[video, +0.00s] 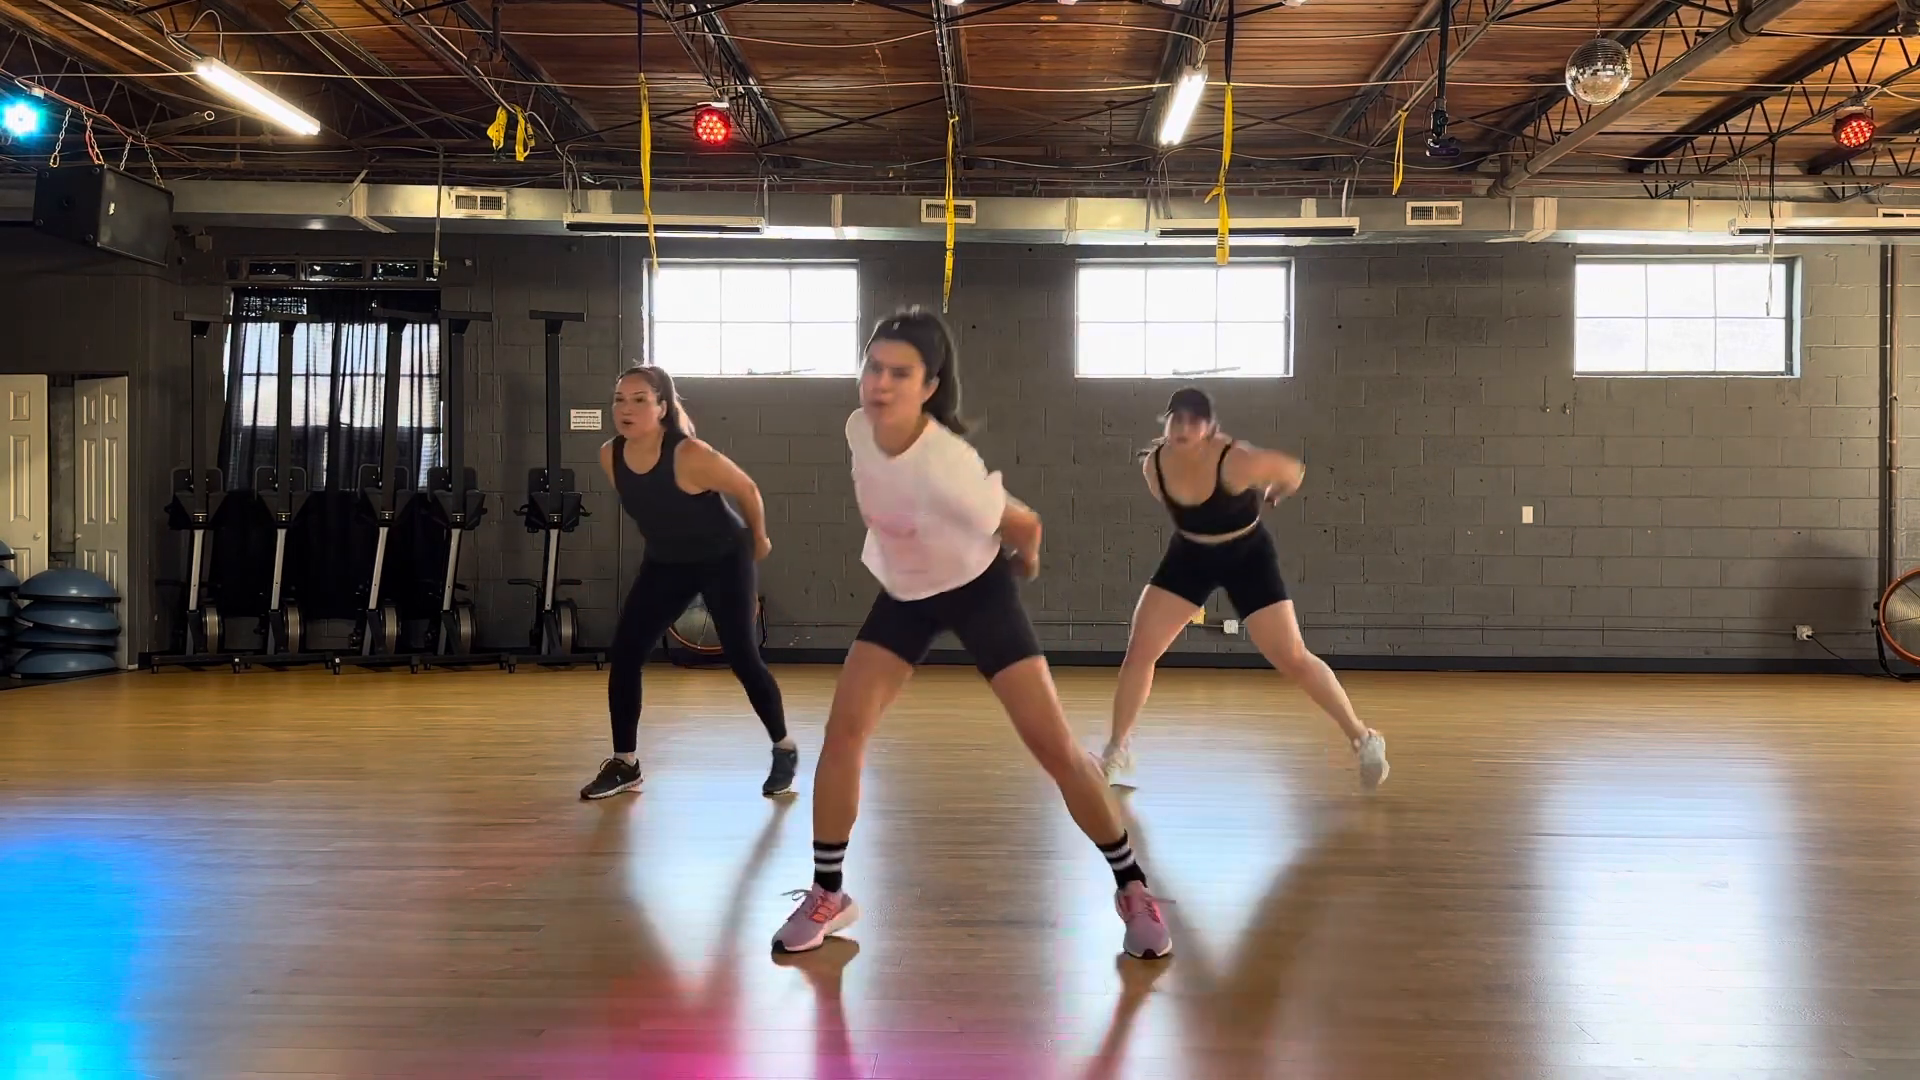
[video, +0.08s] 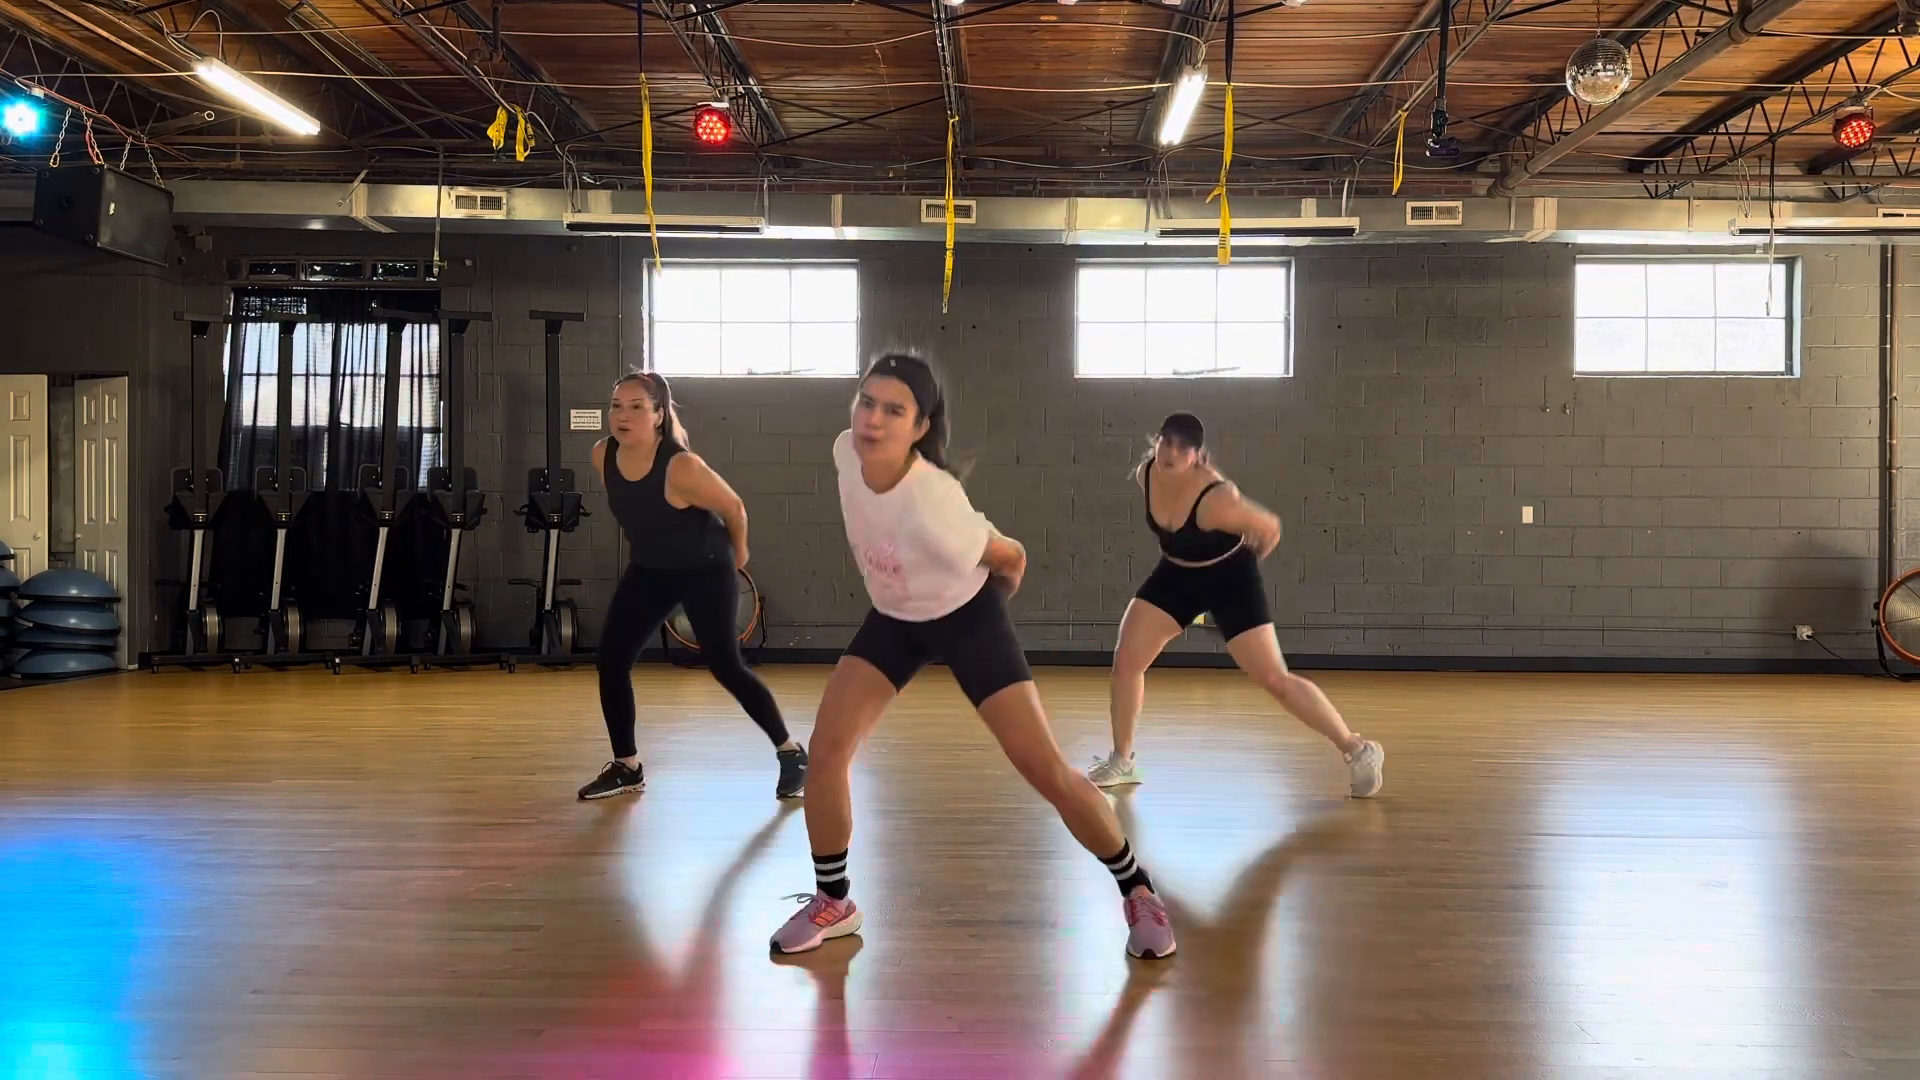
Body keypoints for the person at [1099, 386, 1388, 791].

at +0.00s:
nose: (1179, 432)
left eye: (1190, 426)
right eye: (1175, 423)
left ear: (1209, 428)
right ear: (1166, 421)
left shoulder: (1236, 462)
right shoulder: (1153, 464)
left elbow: (1293, 471)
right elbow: (1172, 502)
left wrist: (1277, 493)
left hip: (1246, 555)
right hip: (1189, 555)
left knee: (1292, 658)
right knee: (1140, 651)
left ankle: (1362, 737)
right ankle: (1116, 750)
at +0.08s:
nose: (1169, 454)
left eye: (1179, 448)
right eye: (1165, 443)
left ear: (1197, 455)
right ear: (1156, 441)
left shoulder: (1216, 499)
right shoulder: (1147, 471)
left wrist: (1262, 546)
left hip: (1230, 578)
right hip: (1175, 574)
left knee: (1275, 680)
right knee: (1126, 660)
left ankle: (1355, 749)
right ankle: (1122, 760)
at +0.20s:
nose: (1200, 463)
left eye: (1211, 456)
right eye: (1194, 452)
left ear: (1221, 461)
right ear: (1181, 447)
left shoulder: (1229, 508)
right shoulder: (1158, 462)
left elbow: (1269, 544)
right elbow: (1176, 509)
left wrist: (1249, 562)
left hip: (1223, 580)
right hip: (1167, 570)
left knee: (1267, 677)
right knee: (1116, 661)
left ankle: (1345, 749)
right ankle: (1118, 757)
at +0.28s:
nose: (1234, 454)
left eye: (1242, 447)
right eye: (1227, 445)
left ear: (1251, 447)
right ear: (1209, 439)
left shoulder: (1259, 490)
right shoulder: (1173, 453)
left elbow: (1283, 527)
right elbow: (1161, 477)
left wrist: (1243, 533)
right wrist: (1180, 443)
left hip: (1231, 563)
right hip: (1171, 552)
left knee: (1278, 659)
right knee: (1128, 650)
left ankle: (1338, 746)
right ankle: (1106, 745)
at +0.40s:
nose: (1264, 446)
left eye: (1272, 437)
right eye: (1254, 437)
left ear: (1281, 440)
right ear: (1237, 436)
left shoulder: (1294, 490)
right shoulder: (1194, 457)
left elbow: (1279, 518)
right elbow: (1156, 477)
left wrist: (1243, 524)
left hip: (1243, 559)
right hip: (1183, 549)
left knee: (1288, 657)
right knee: (1143, 657)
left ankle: (1322, 756)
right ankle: (1093, 741)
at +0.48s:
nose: (1287, 453)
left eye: (1293, 444)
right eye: (1276, 445)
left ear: (1302, 446)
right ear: (1258, 449)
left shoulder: (1308, 486)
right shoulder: (1225, 484)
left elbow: (1271, 519)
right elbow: (1165, 505)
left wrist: (1237, 539)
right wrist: (1190, 540)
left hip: (1254, 573)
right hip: (1198, 568)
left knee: (1290, 667)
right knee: (1163, 672)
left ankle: (1307, 770)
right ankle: (1091, 734)